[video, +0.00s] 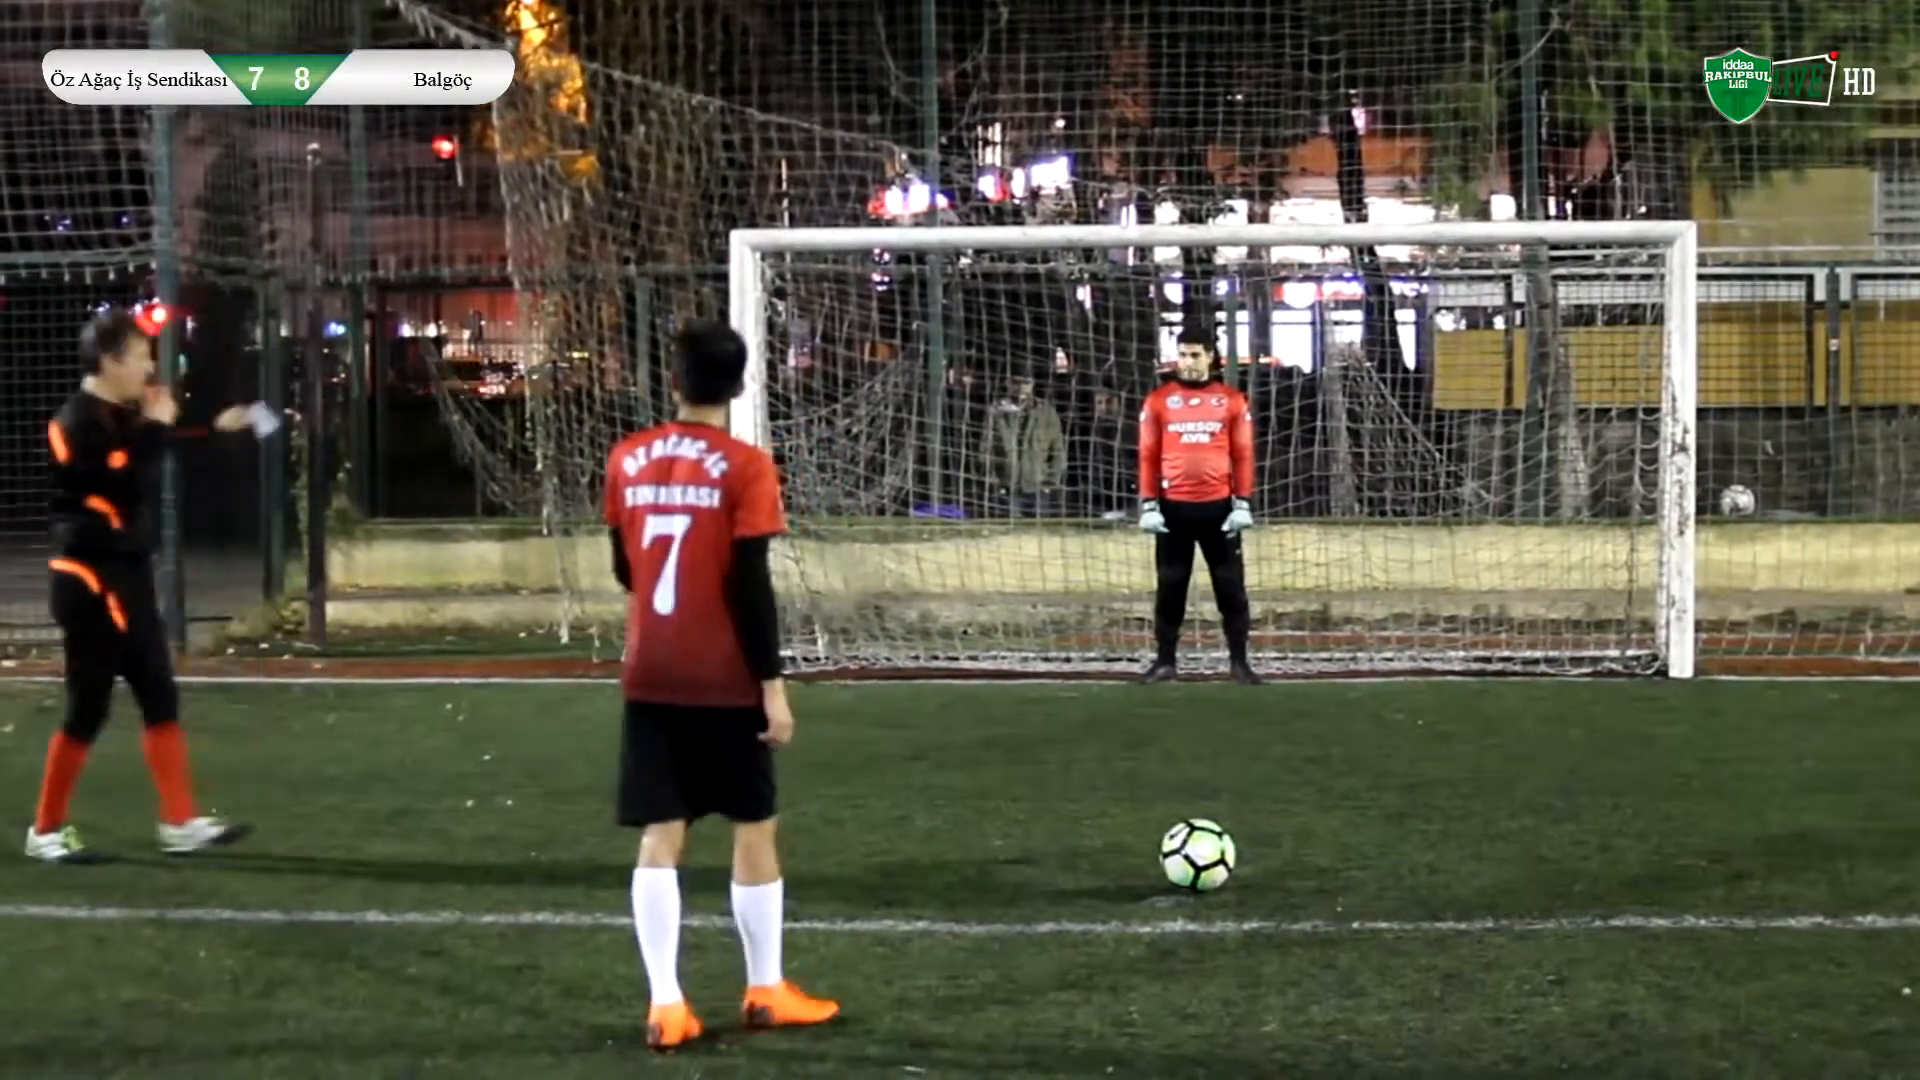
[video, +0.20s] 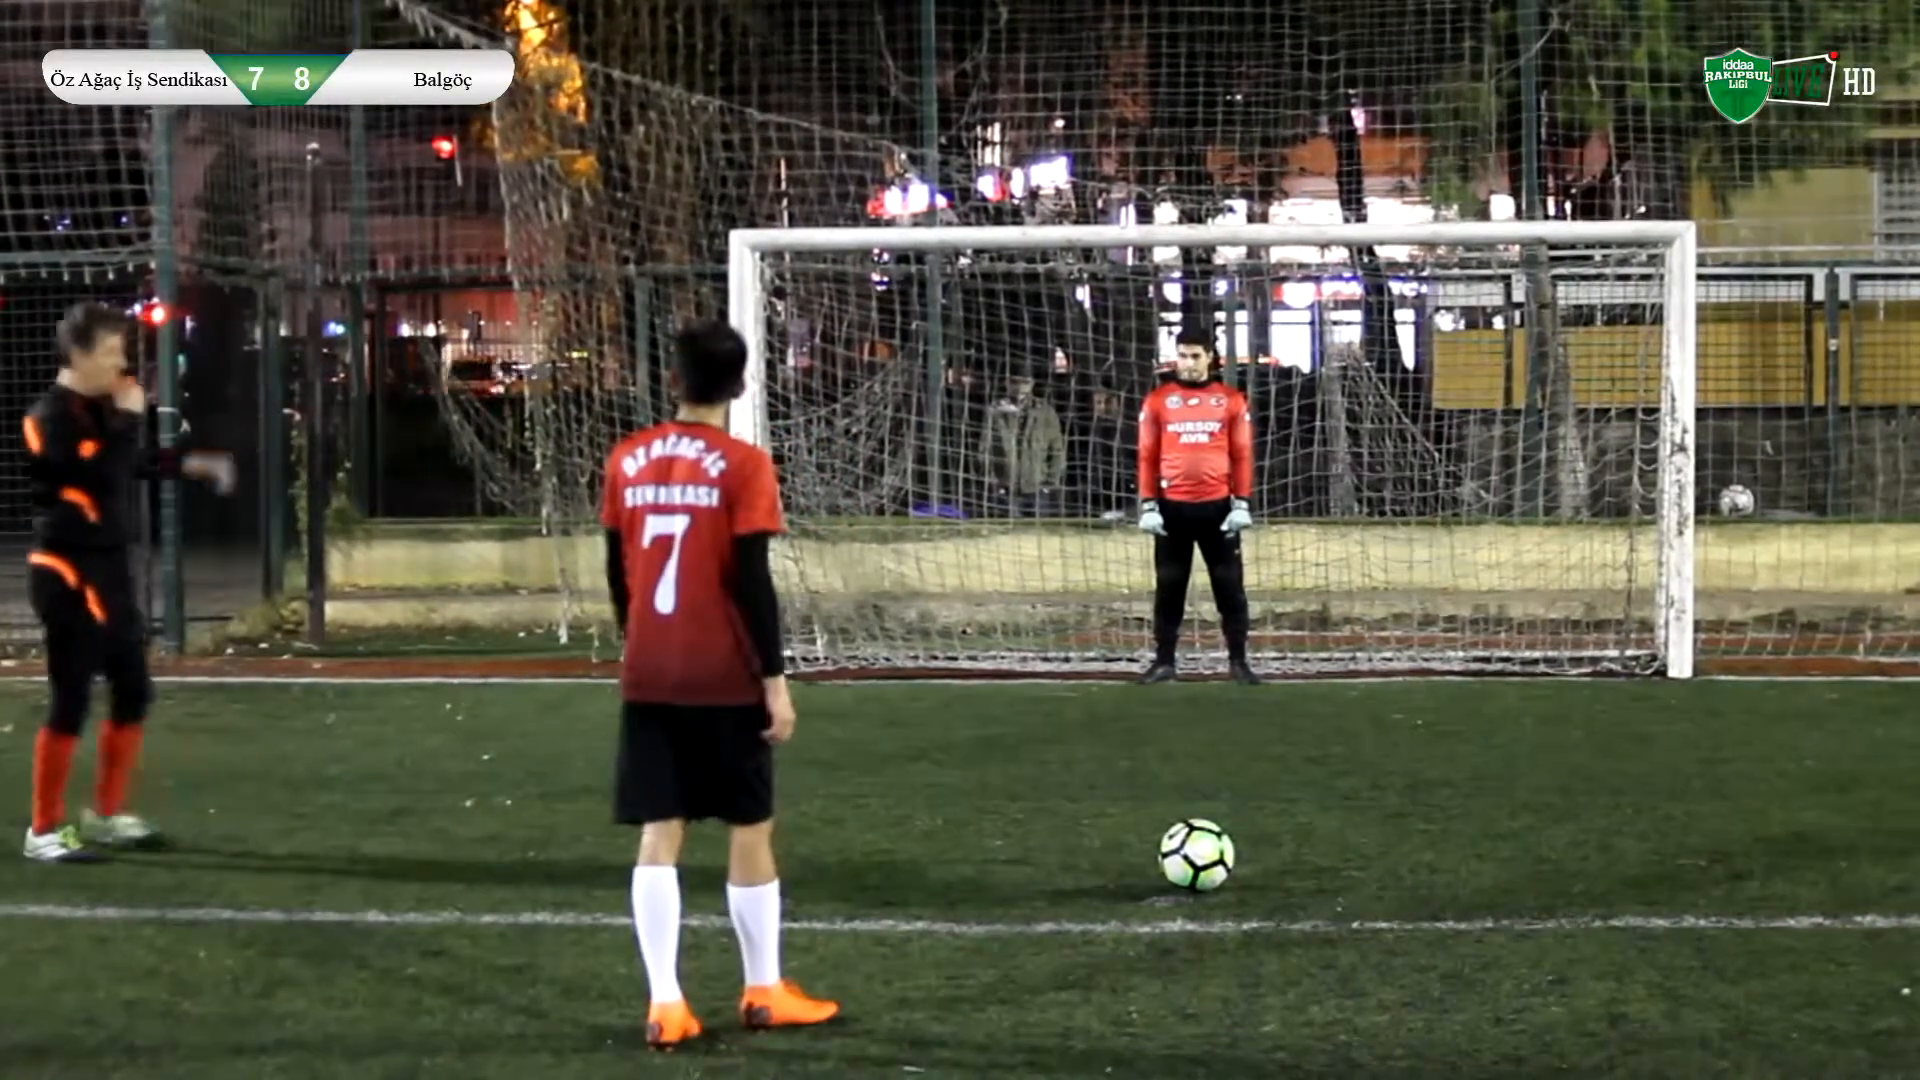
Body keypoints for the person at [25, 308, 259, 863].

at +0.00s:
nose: (149, 370)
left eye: (149, 359)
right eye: (140, 359)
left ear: (124, 362)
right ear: (106, 363)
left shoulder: (126, 415)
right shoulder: (75, 422)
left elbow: (166, 436)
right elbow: (117, 491)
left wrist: (221, 425)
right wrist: (155, 429)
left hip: (128, 575)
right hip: (85, 577)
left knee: (159, 695)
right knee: (88, 706)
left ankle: (180, 820)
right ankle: (47, 829)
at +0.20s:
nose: (123, 365)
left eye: (124, 355)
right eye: (115, 354)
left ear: (107, 359)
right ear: (80, 355)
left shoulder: (107, 411)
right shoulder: (49, 415)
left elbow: (135, 464)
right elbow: (93, 480)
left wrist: (189, 465)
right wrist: (126, 420)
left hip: (109, 568)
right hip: (65, 569)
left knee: (132, 689)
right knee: (70, 696)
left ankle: (108, 813)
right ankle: (45, 829)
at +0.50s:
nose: (87, 367)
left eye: (89, 356)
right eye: (78, 356)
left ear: (81, 358)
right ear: (49, 356)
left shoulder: (70, 413)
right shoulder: (24, 414)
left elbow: (76, 482)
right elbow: (59, 481)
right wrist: (89, 423)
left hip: (78, 564)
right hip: (39, 565)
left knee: (69, 687)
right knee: (63, 689)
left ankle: (17, 784)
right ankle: (44, 828)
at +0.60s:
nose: (78, 368)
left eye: (81, 357)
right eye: (69, 358)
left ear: (75, 359)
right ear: (37, 358)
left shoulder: (70, 411)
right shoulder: (18, 415)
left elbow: (78, 492)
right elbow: (44, 485)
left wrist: (119, 520)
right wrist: (79, 420)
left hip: (69, 568)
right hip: (31, 570)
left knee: (49, 692)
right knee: (63, 697)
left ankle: (6, 779)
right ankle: (42, 829)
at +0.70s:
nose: (69, 374)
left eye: (72, 364)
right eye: (60, 364)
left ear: (68, 363)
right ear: (28, 362)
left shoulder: (62, 416)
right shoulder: (9, 416)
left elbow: (70, 498)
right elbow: (23, 481)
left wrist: (112, 523)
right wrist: (72, 429)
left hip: (60, 574)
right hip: (22, 576)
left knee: (32, 698)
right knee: (59, 699)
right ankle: (43, 829)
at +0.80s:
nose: (63, 375)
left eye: (67, 365)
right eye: (54, 365)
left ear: (66, 366)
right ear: (23, 365)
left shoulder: (58, 418)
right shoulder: (10, 419)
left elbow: (66, 499)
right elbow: (21, 499)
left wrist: (103, 527)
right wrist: (65, 437)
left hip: (48, 581)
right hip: (15, 582)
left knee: (17, 696)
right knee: (51, 695)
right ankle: (42, 828)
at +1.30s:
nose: (46, 377)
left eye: (47, 365)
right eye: (39, 364)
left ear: (29, 365)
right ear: (8, 363)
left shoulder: (25, 425)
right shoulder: (6, 426)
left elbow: (39, 498)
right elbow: (8, 506)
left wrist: (75, 509)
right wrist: (49, 514)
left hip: (16, 586)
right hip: (2, 589)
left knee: (14, 692)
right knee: (13, 691)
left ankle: (5, 812)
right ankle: (3, 812)